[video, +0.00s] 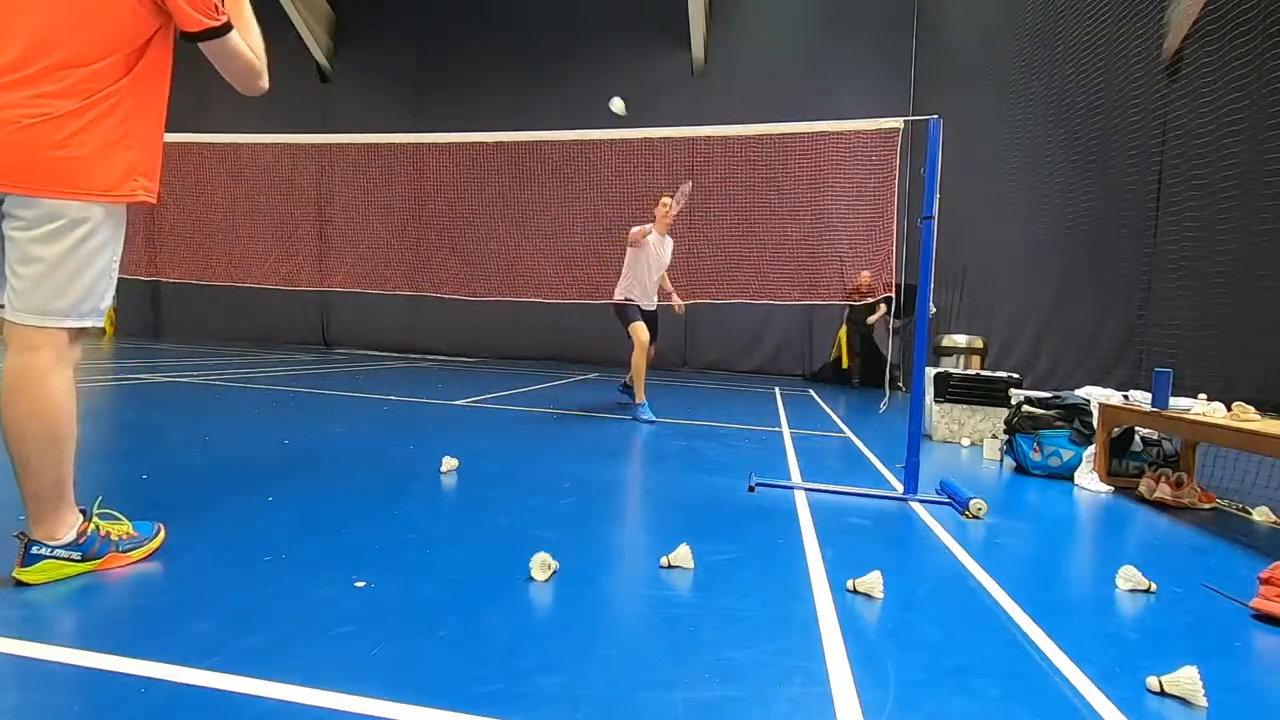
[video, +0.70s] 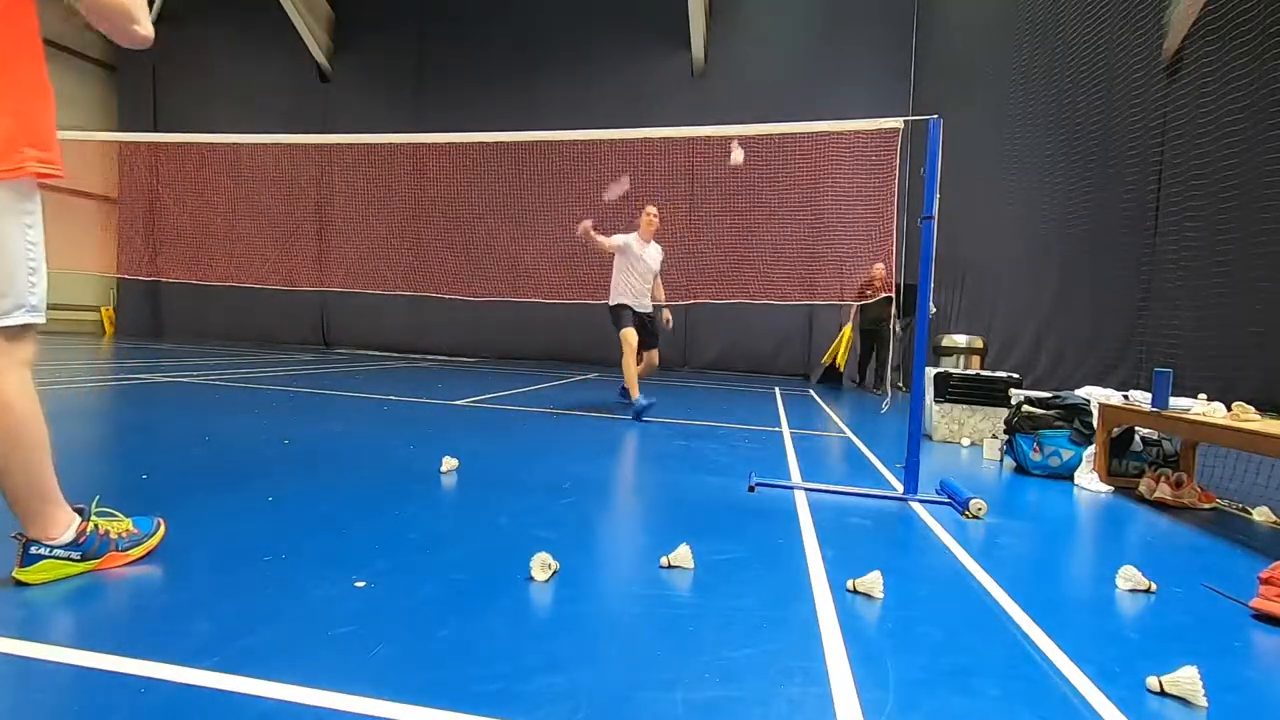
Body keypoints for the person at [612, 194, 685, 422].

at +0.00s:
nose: (669, 211)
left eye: (672, 208)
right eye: (664, 207)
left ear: (674, 214)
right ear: (654, 211)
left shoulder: (669, 243)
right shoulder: (642, 231)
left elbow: (661, 272)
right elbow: (633, 238)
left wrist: (673, 294)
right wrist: (647, 230)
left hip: (650, 303)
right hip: (626, 300)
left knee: (649, 351)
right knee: (642, 340)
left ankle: (628, 383)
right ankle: (640, 402)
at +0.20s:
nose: (674, 217)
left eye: (678, 214)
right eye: (671, 211)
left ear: (680, 220)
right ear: (660, 213)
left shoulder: (672, 243)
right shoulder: (644, 235)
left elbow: (661, 268)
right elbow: (643, 248)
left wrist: (666, 289)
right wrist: (662, 244)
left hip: (648, 303)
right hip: (625, 299)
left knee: (645, 349)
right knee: (640, 339)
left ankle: (628, 382)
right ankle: (640, 402)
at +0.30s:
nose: (676, 225)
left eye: (679, 222)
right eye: (672, 220)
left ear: (681, 227)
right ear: (661, 221)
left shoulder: (673, 248)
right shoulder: (643, 244)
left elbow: (661, 271)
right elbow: (641, 264)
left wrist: (660, 290)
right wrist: (662, 277)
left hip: (646, 304)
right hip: (623, 301)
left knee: (648, 352)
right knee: (639, 339)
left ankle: (628, 382)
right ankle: (640, 402)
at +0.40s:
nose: (675, 230)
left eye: (678, 227)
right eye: (670, 225)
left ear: (680, 232)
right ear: (659, 227)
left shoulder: (670, 254)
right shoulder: (643, 251)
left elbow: (654, 280)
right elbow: (637, 277)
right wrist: (649, 298)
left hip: (645, 307)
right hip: (622, 304)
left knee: (651, 358)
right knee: (638, 339)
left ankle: (629, 381)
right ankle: (640, 403)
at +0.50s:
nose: (669, 230)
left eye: (672, 228)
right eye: (664, 226)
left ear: (674, 233)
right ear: (654, 229)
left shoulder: (666, 258)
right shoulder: (639, 253)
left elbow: (653, 286)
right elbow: (625, 277)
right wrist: (627, 287)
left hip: (646, 312)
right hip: (623, 307)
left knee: (656, 367)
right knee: (639, 339)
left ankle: (630, 381)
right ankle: (640, 403)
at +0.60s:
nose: (660, 227)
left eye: (663, 224)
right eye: (655, 223)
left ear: (666, 231)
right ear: (646, 227)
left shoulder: (660, 257)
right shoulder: (634, 249)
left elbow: (650, 285)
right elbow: (619, 256)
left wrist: (653, 310)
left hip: (645, 312)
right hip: (622, 308)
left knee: (657, 367)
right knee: (638, 339)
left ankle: (630, 382)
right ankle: (639, 403)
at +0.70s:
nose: (653, 219)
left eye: (656, 216)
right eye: (649, 215)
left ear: (659, 223)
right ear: (639, 219)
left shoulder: (657, 251)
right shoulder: (626, 241)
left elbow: (656, 281)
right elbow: (605, 243)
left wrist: (663, 307)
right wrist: (590, 234)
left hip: (645, 307)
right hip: (622, 303)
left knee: (652, 361)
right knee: (630, 342)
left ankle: (628, 385)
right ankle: (636, 400)